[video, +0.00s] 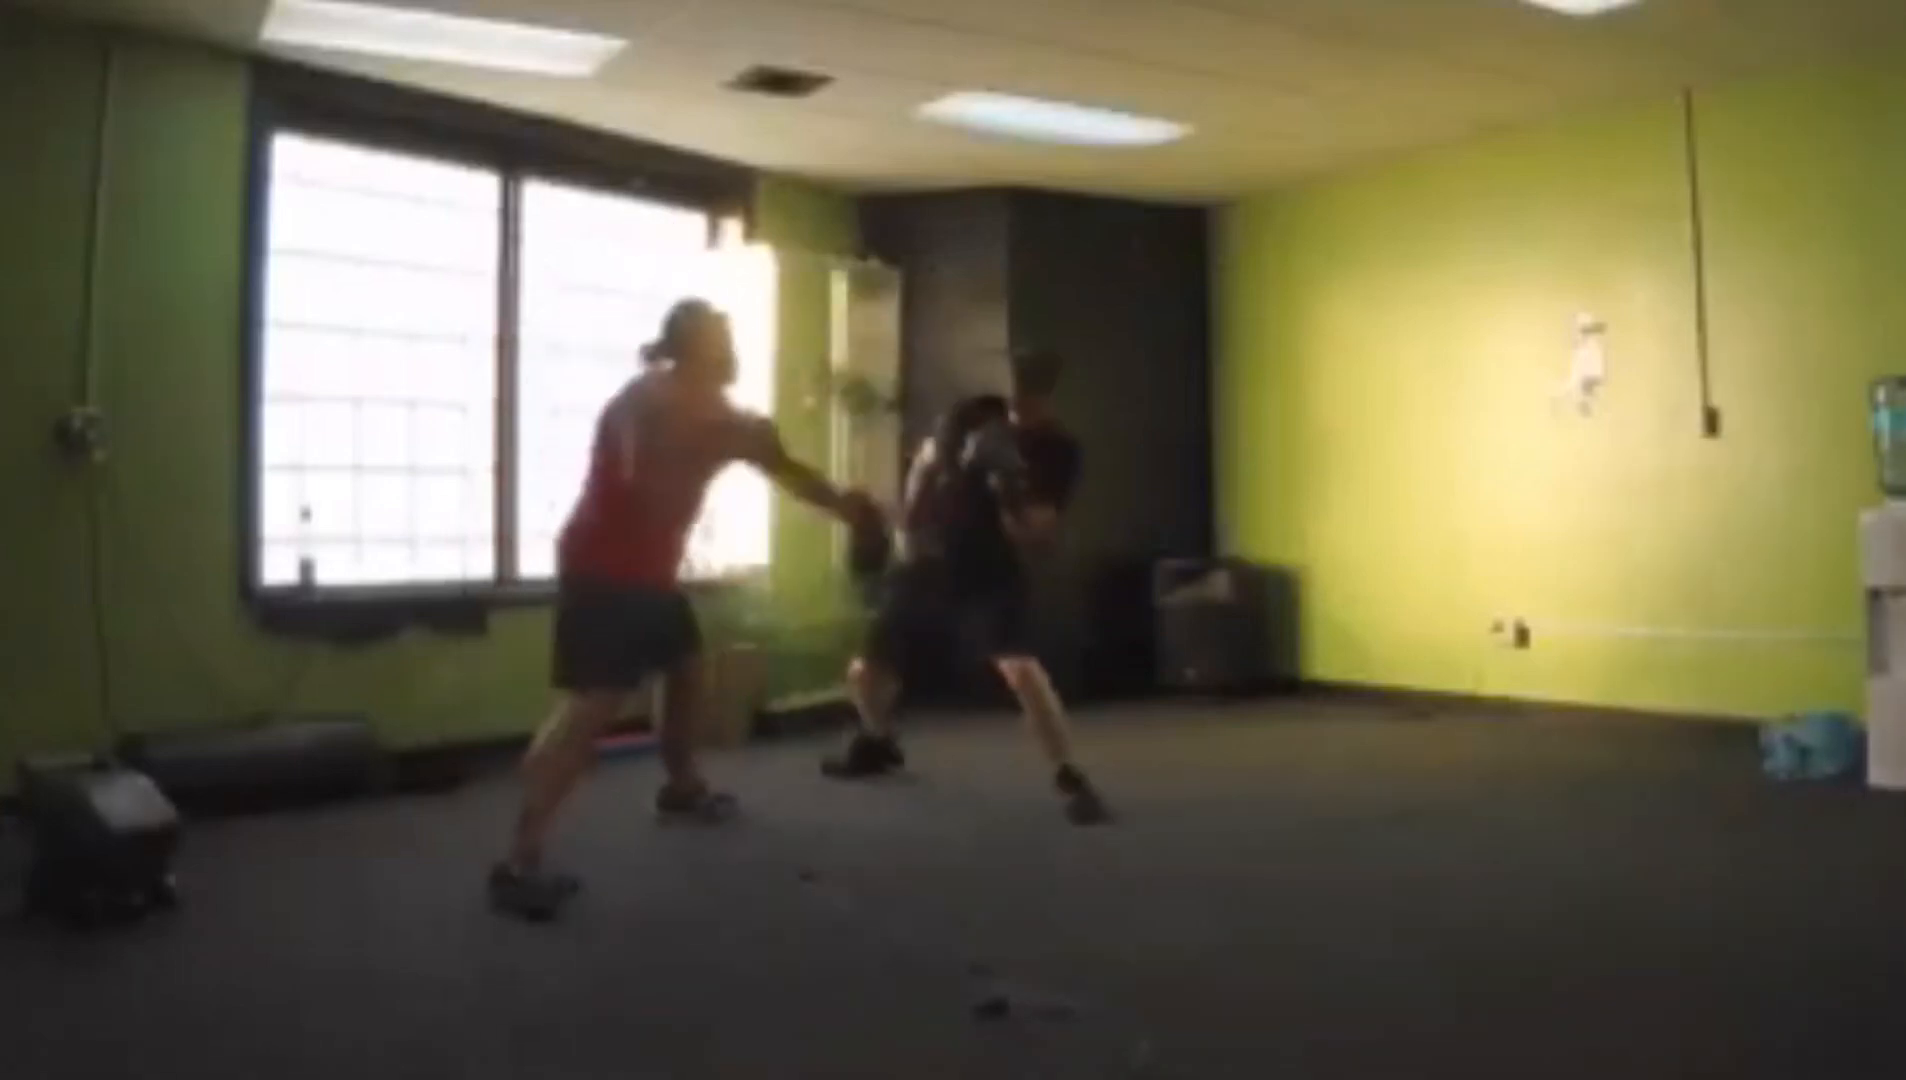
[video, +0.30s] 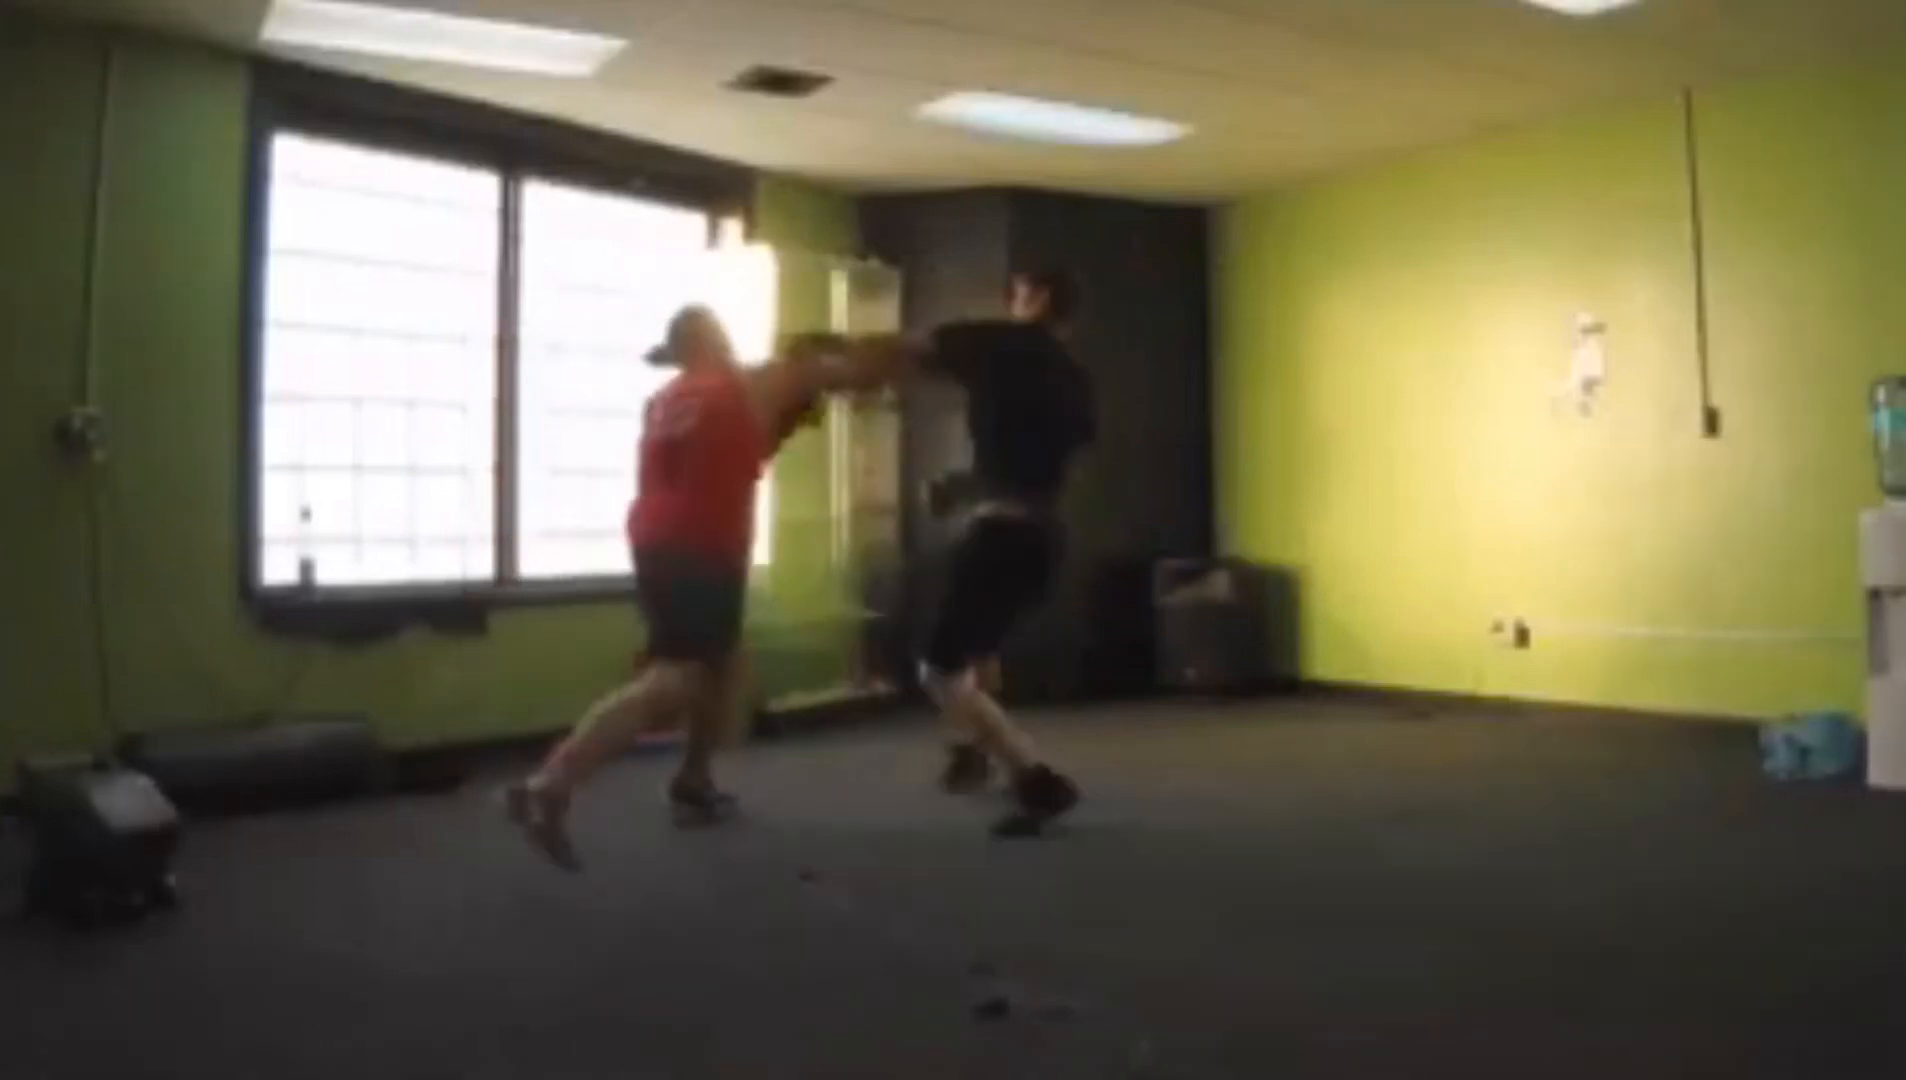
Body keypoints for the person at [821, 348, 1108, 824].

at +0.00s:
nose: (1025, 403)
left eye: (1036, 393)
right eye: (1022, 390)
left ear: (1047, 393)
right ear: (1014, 387)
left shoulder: (1058, 449)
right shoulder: (971, 425)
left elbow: (1036, 527)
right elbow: (911, 515)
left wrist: (1004, 470)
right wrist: (935, 459)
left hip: (992, 568)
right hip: (932, 564)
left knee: (1021, 671)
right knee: (868, 671)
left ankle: (1068, 777)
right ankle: (876, 740)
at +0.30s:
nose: (1012, 302)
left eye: (1020, 293)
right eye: (1016, 293)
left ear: (1039, 300)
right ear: (1065, 309)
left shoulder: (1000, 342)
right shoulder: (1074, 374)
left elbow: (909, 350)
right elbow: (1069, 457)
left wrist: (832, 350)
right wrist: (965, 486)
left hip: (996, 529)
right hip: (1041, 533)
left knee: (939, 668)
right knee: (979, 647)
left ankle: (1032, 778)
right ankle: (972, 747)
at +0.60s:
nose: (1050, 289)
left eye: (1055, 279)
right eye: (1054, 279)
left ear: (1071, 285)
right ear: (1102, 292)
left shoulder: (1033, 336)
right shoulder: (1119, 359)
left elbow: (1006, 416)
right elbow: (1127, 435)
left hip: (1023, 525)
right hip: (1080, 526)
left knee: (990, 662)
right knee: (1125, 649)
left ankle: (1043, 785)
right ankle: (1219, 736)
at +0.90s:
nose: (1055, 309)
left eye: (1056, 300)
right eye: (1054, 300)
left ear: (1074, 290)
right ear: (1112, 274)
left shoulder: (1111, 318)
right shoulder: (1170, 328)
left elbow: (1011, 340)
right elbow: (1087, 383)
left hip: (1132, 524)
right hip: (1197, 525)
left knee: (1053, 640)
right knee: (1228, 681)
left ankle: (1058, 790)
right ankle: (1293, 825)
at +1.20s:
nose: (1005, 435)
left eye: (1003, 423)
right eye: (1003, 424)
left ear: (1015, 413)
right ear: (1045, 389)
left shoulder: (1061, 433)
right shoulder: (1113, 423)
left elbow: (1014, 538)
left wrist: (970, 453)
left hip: (1151, 602)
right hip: (1225, 591)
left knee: (1055, 735)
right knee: (1285, 736)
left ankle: (1053, 903)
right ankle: (1408, 838)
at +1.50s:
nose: (926, 518)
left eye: (919, 506)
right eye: (913, 509)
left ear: (930, 485)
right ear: (933, 462)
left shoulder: (989, 487)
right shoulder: (983, 461)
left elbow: (1010, 582)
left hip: (1130, 576)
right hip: (1175, 557)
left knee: (1036, 705)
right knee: (1203, 691)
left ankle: (1045, 894)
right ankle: (1317, 796)